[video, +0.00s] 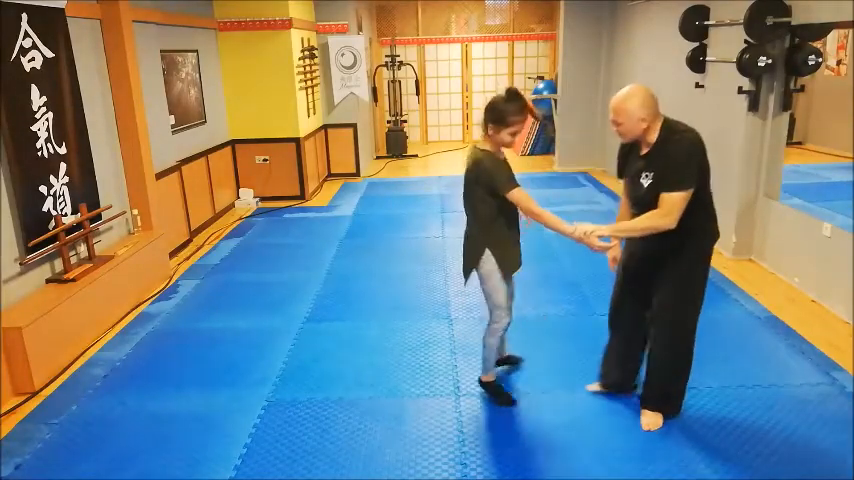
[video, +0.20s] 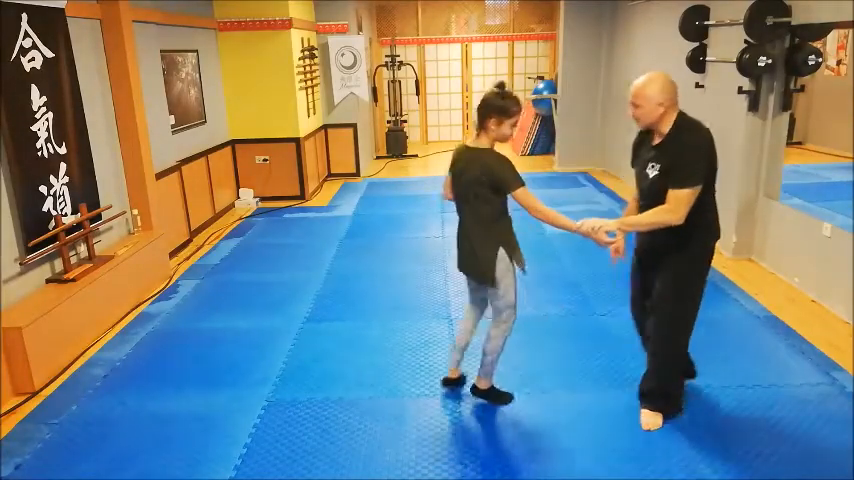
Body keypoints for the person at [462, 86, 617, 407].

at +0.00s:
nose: (516, 139)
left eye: (519, 132)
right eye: (512, 133)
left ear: (516, 124)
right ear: (491, 128)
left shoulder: (492, 153)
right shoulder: (489, 164)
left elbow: (495, 197)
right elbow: (533, 211)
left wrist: (519, 212)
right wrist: (578, 234)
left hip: (498, 242)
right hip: (486, 246)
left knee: (505, 304)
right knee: (499, 315)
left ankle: (498, 355)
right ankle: (486, 378)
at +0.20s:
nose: (514, 131)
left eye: (515, 125)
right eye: (511, 125)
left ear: (489, 123)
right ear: (491, 123)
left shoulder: (461, 153)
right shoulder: (498, 162)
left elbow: (449, 193)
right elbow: (536, 210)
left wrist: (481, 194)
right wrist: (581, 229)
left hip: (468, 244)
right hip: (495, 247)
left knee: (475, 305)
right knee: (504, 315)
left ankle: (452, 373)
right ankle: (484, 383)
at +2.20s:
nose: (516, 143)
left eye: (519, 138)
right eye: (516, 136)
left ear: (491, 128)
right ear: (499, 130)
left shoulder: (461, 155)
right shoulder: (492, 165)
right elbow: (535, 201)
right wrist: (580, 212)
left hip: (453, 247)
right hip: (481, 249)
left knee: (457, 314)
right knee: (510, 311)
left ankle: (451, 383)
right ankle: (517, 381)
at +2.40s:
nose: (531, 155)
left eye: (535, 151)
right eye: (529, 150)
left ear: (513, 137)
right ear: (513, 140)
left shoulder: (492, 154)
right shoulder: (504, 168)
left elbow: (503, 189)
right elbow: (528, 213)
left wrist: (521, 212)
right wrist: (566, 228)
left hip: (477, 243)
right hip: (490, 247)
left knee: (481, 306)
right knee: (523, 308)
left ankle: (454, 374)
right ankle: (520, 378)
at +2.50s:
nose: (531, 163)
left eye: (537, 158)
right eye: (527, 156)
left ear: (543, 153)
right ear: (514, 148)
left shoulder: (524, 170)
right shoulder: (504, 175)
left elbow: (528, 202)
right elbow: (522, 221)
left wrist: (534, 219)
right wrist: (556, 243)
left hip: (508, 239)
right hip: (490, 240)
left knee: (509, 306)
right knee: (523, 310)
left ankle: (465, 352)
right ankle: (522, 376)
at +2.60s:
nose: (528, 181)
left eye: (534, 176)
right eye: (522, 176)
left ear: (541, 168)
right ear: (512, 168)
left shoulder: (536, 177)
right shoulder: (502, 188)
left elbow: (543, 203)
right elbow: (515, 240)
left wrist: (545, 222)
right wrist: (548, 262)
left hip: (525, 236)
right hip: (496, 240)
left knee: (533, 300)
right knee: (519, 310)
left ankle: (489, 338)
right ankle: (528, 373)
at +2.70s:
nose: (521, 213)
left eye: (526, 209)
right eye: (517, 209)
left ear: (536, 196)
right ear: (508, 200)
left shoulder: (542, 185)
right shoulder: (496, 206)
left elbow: (555, 192)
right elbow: (502, 262)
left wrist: (552, 228)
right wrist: (540, 279)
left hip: (534, 244)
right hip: (504, 253)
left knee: (537, 305)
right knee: (519, 319)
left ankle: (517, 334)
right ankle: (530, 372)